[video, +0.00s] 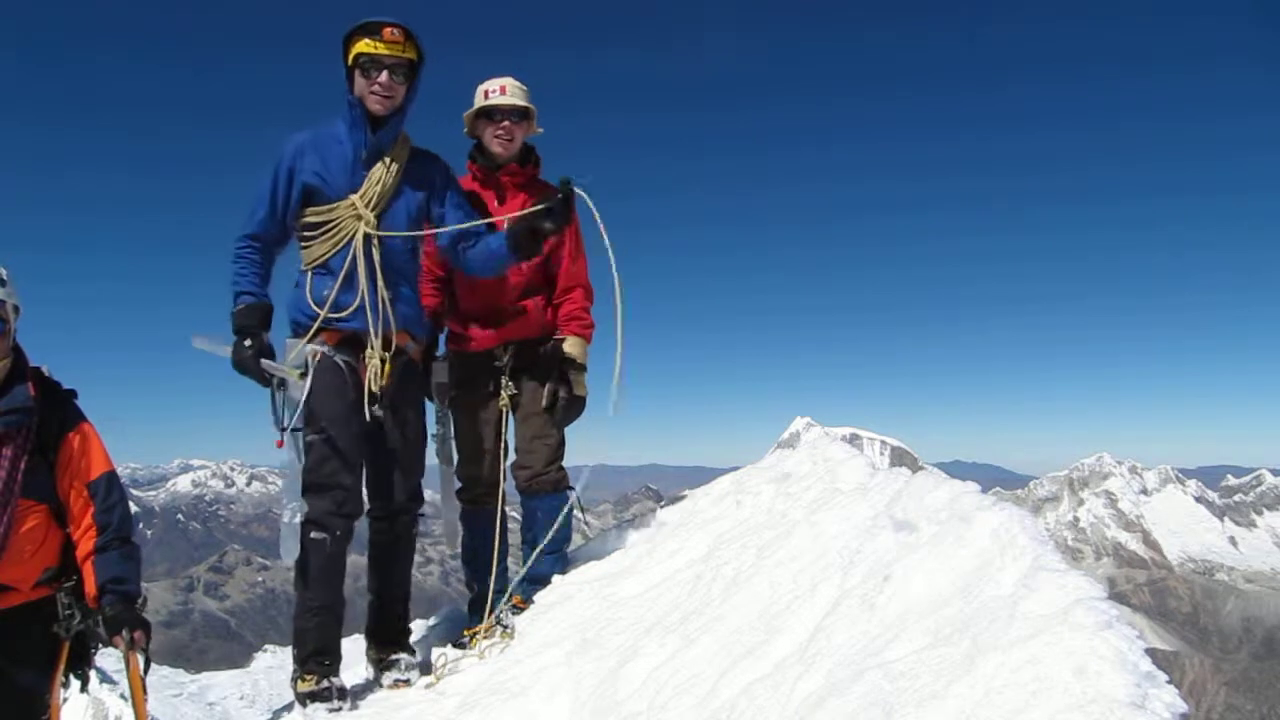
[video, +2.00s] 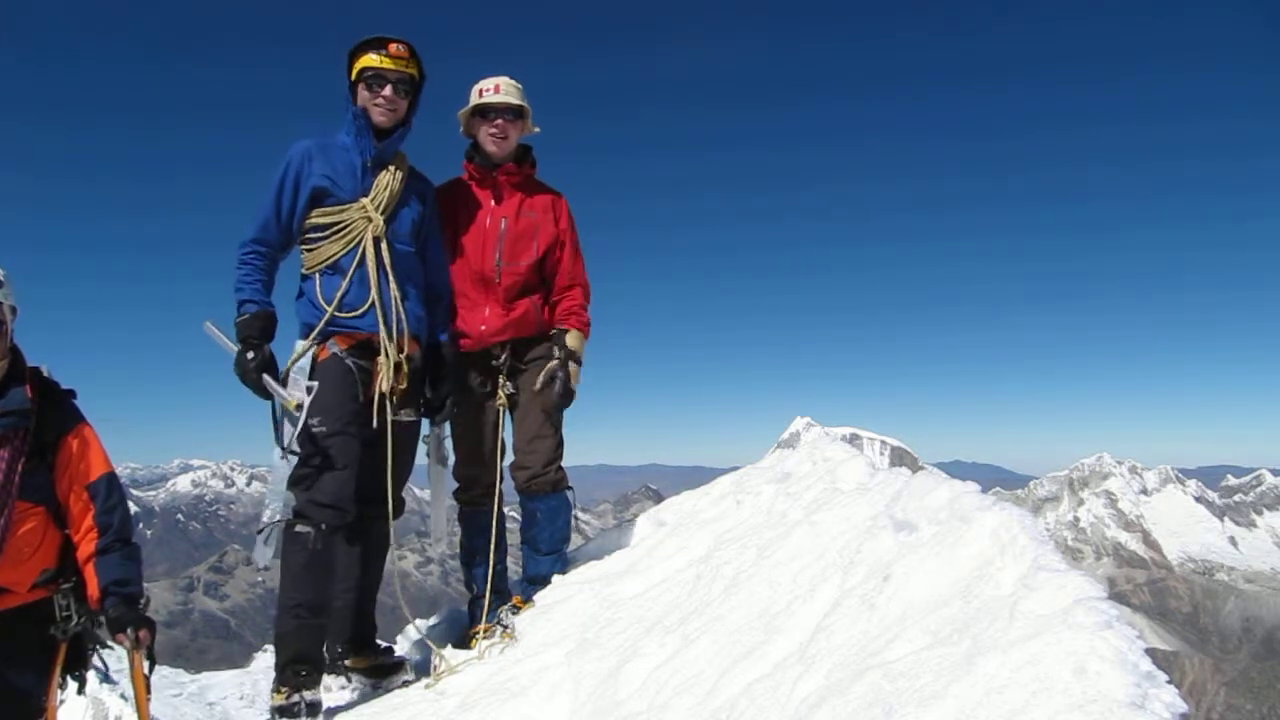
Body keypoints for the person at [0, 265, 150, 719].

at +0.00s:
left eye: (1, 320)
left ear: (13, 323)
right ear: (5, 322)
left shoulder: (47, 409)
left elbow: (99, 507)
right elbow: (99, 507)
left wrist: (116, 597)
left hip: (24, 617)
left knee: (21, 707)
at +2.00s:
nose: (1, 328)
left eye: (1, 316)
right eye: (1, 316)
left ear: (10, 319)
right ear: (7, 320)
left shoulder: (45, 409)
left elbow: (97, 507)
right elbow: (98, 507)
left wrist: (118, 596)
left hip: (24, 620)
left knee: (20, 704)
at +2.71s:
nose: (2, 329)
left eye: (3, 317)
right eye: (2, 317)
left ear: (12, 321)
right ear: (8, 321)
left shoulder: (47, 410)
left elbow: (99, 508)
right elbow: (100, 508)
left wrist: (120, 596)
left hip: (25, 618)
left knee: (20, 704)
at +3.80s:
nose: (0, 333)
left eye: (2, 320)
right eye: (1, 320)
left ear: (14, 323)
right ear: (8, 323)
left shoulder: (50, 411)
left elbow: (102, 510)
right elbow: (103, 510)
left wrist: (121, 598)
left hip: (25, 619)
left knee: (20, 705)